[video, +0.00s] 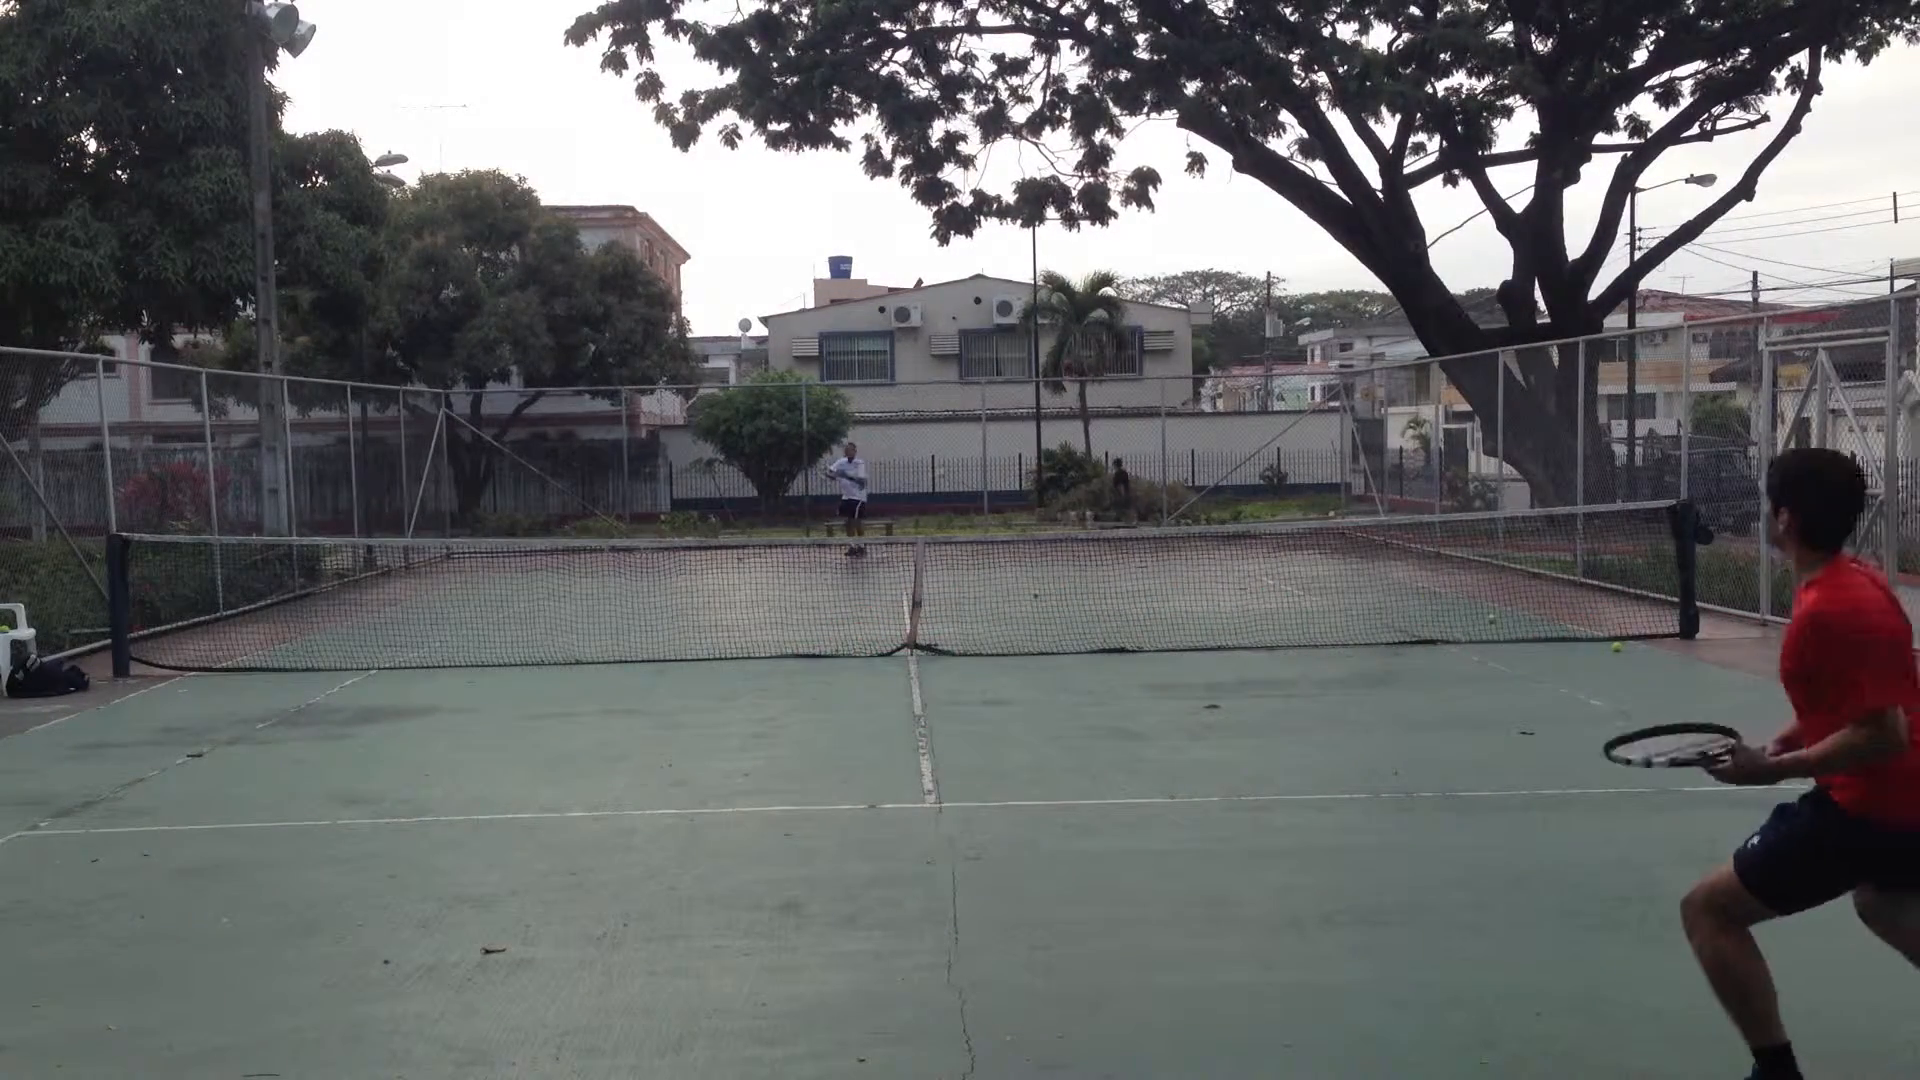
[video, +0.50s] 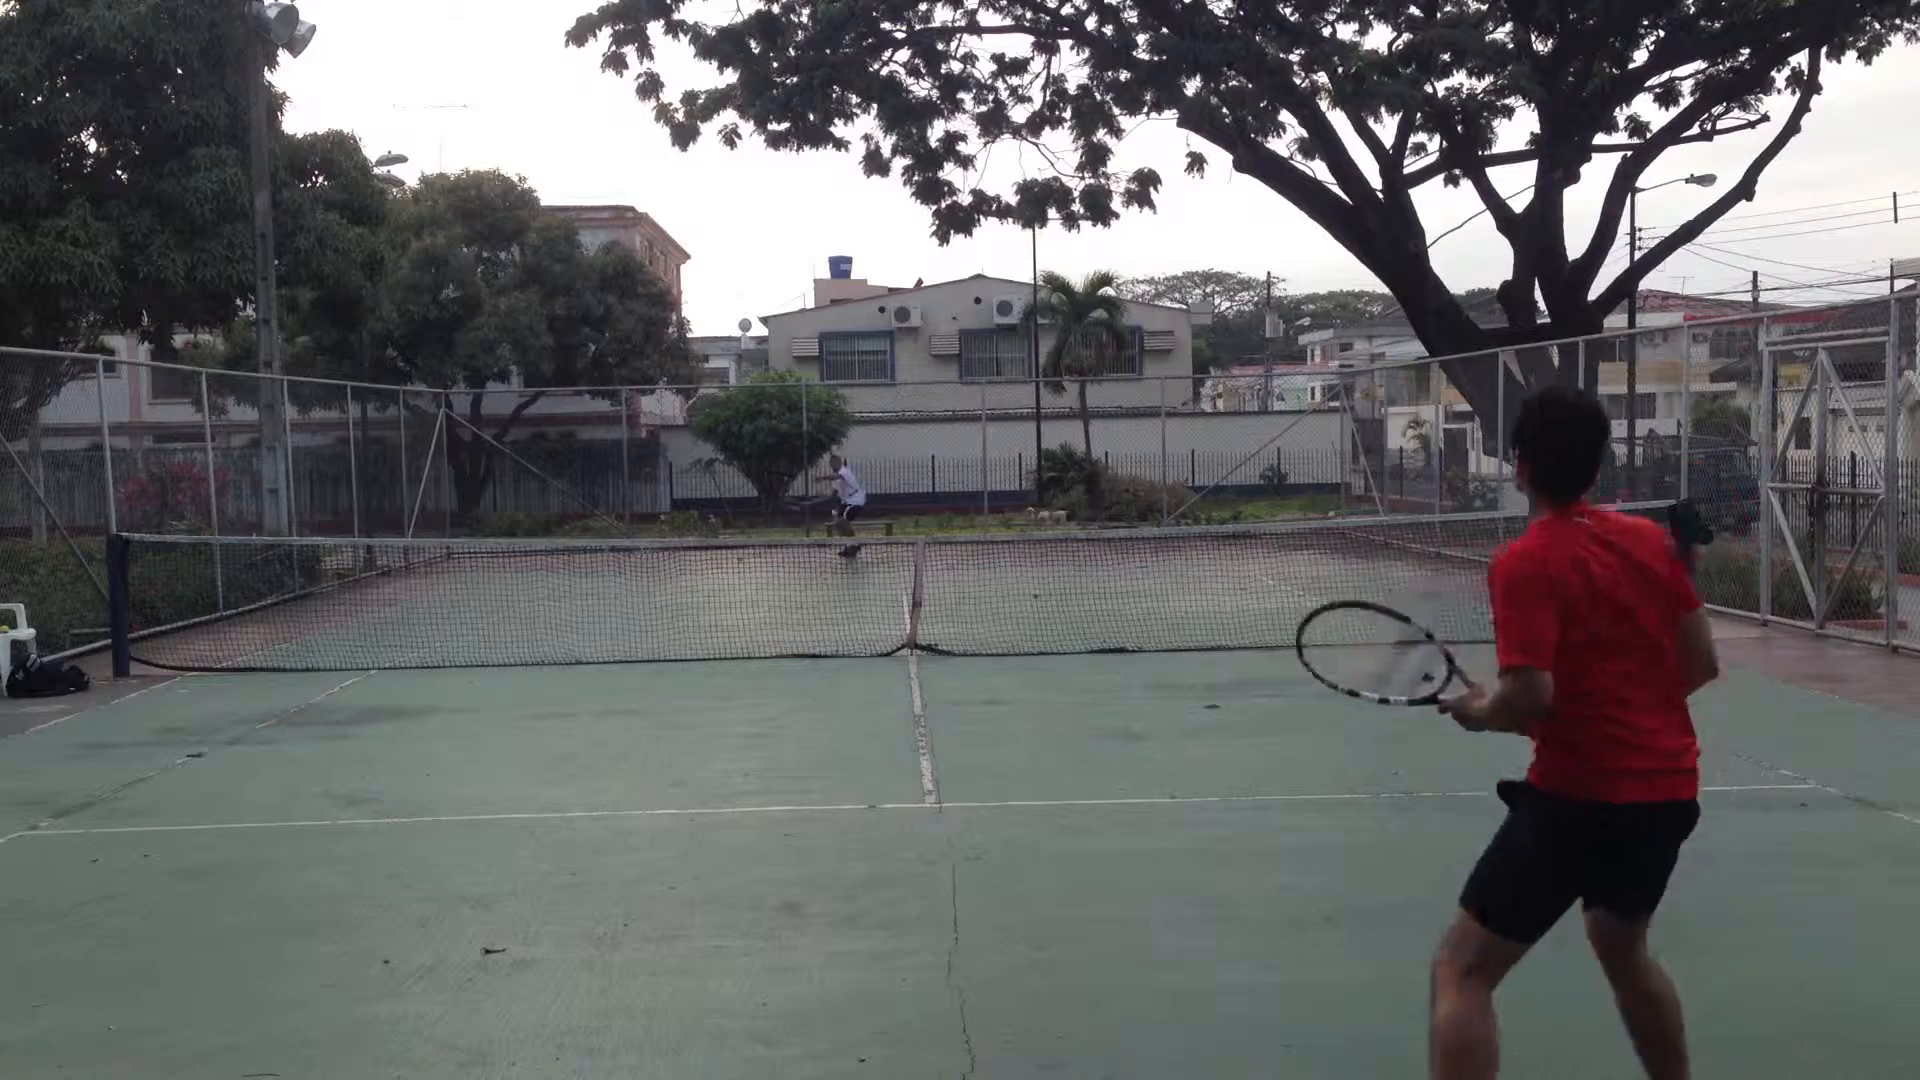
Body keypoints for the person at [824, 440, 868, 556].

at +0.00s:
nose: (850, 452)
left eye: (852, 450)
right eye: (848, 450)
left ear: (855, 451)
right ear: (845, 451)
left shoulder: (860, 463)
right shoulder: (841, 462)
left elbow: (862, 481)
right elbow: (829, 472)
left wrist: (846, 476)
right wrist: (836, 475)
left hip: (859, 497)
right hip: (846, 496)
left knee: (857, 521)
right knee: (847, 522)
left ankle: (861, 545)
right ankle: (852, 545)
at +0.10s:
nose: (846, 453)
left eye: (848, 451)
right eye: (844, 451)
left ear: (853, 452)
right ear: (843, 452)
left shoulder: (857, 463)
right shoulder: (841, 462)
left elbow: (855, 476)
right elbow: (838, 472)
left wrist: (839, 474)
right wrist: (832, 474)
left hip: (857, 497)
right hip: (846, 496)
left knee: (853, 522)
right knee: (846, 522)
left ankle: (857, 547)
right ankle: (852, 545)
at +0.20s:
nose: (843, 454)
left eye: (846, 451)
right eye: (842, 452)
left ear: (850, 452)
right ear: (840, 453)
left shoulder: (855, 463)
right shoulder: (840, 464)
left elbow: (849, 473)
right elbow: (835, 475)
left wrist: (832, 473)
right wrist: (824, 476)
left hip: (857, 497)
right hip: (846, 496)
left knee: (853, 521)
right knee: (844, 520)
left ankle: (857, 546)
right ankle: (851, 545)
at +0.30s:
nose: (838, 455)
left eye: (840, 452)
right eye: (837, 453)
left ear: (846, 452)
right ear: (837, 454)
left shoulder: (851, 465)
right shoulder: (841, 466)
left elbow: (840, 473)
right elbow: (834, 481)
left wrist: (820, 472)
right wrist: (821, 482)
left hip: (857, 498)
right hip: (847, 497)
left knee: (851, 521)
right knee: (844, 521)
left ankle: (857, 547)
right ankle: (850, 545)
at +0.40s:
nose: (835, 460)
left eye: (837, 458)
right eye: (834, 458)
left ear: (842, 457)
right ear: (833, 459)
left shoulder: (848, 466)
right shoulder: (840, 470)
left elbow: (837, 473)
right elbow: (835, 485)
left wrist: (821, 473)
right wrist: (822, 491)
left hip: (856, 497)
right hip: (848, 498)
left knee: (845, 522)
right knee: (843, 522)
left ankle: (854, 544)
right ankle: (850, 545)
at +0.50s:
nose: (831, 465)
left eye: (833, 463)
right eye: (831, 463)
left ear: (837, 463)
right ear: (832, 464)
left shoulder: (845, 471)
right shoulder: (836, 479)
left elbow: (836, 477)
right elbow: (833, 495)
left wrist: (821, 479)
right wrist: (817, 501)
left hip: (856, 499)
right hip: (846, 500)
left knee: (843, 522)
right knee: (839, 522)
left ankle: (854, 544)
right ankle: (849, 545)